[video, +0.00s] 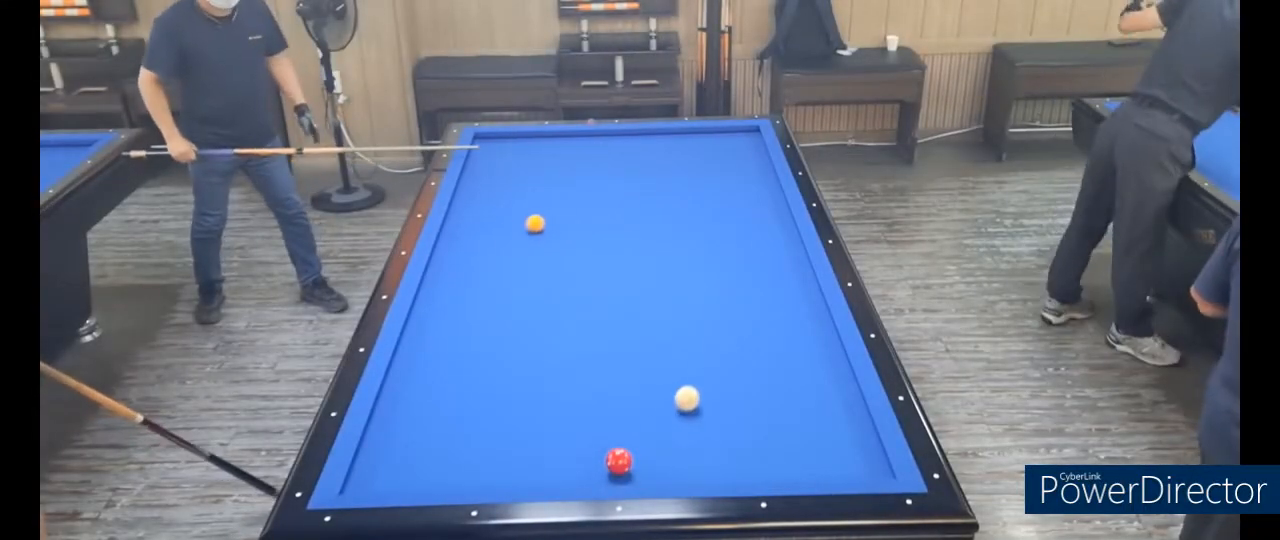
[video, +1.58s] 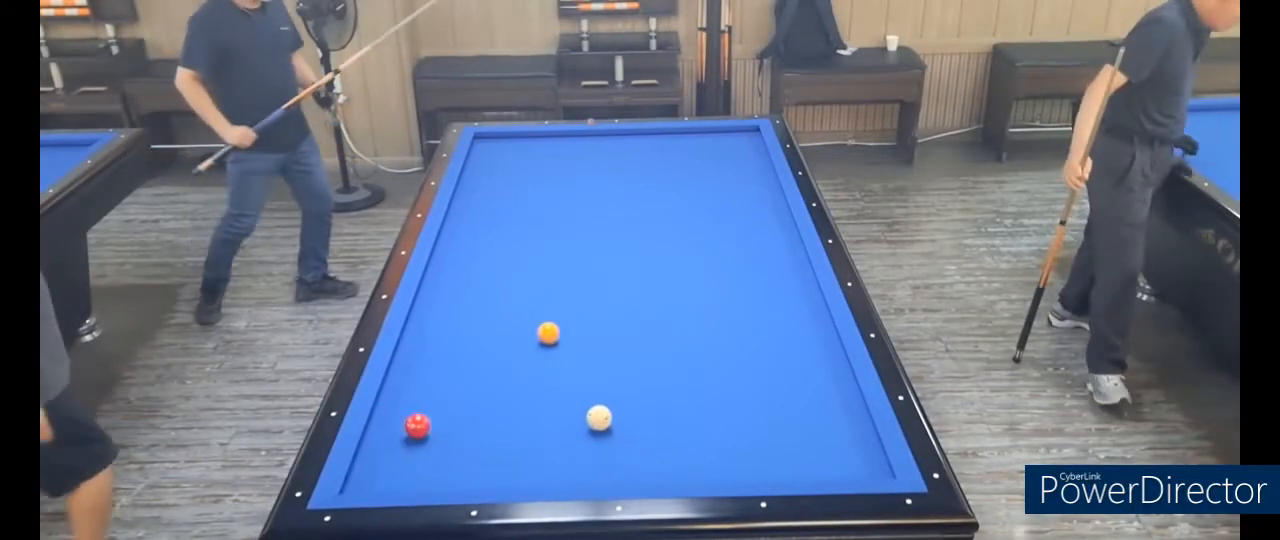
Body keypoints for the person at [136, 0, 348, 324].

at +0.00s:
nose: (226, 2)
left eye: (230, 1)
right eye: (218, 2)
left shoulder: (255, 9)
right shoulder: (172, 23)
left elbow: (278, 57)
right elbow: (148, 81)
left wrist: (300, 106)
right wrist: (173, 137)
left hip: (262, 139)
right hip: (210, 146)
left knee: (292, 209)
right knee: (209, 222)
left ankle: (313, 283)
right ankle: (210, 292)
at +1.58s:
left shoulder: (275, 8)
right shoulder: (207, 20)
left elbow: (291, 57)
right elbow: (186, 80)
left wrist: (317, 88)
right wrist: (226, 129)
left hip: (296, 137)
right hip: (251, 146)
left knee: (319, 203)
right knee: (240, 222)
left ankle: (313, 280)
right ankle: (212, 290)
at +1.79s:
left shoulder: (299, 5)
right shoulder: (237, 15)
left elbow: (312, 42)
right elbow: (230, 80)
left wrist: (337, 59)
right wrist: (278, 123)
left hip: (317, 129)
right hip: (282, 138)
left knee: (324, 209)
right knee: (296, 214)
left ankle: (313, 280)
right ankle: (262, 285)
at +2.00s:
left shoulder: (310, 5)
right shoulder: (267, 12)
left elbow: (322, 42)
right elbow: (271, 80)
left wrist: (355, 50)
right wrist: (329, 113)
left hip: (327, 128)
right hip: (305, 133)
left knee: (320, 208)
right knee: (340, 210)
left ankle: (312, 280)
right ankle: (362, 288)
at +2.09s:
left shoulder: (321, 6)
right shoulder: (290, 11)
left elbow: (326, 48)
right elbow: (298, 84)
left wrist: (361, 48)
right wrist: (356, 110)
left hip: (335, 128)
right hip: (319, 132)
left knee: (323, 206)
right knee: (361, 205)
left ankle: (313, 279)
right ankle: (395, 270)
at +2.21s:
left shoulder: (331, 9)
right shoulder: (326, 15)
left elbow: (337, 55)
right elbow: (345, 86)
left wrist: (374, 53)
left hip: (334, 128)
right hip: (347, 132)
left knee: (333, 204)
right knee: (390, 202)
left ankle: (313, 278)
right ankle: (424, 273)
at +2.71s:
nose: (484, 6)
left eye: (485, 2)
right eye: (483, 2)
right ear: (470, 0)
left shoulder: (400, 4)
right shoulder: (464, 32)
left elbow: (371, 37)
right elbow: (516, 81)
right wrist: (566, 109)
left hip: (370, 114)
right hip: (406, 124)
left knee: (372, 197)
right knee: (436, 205)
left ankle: (363, 276)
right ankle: (445, 279)